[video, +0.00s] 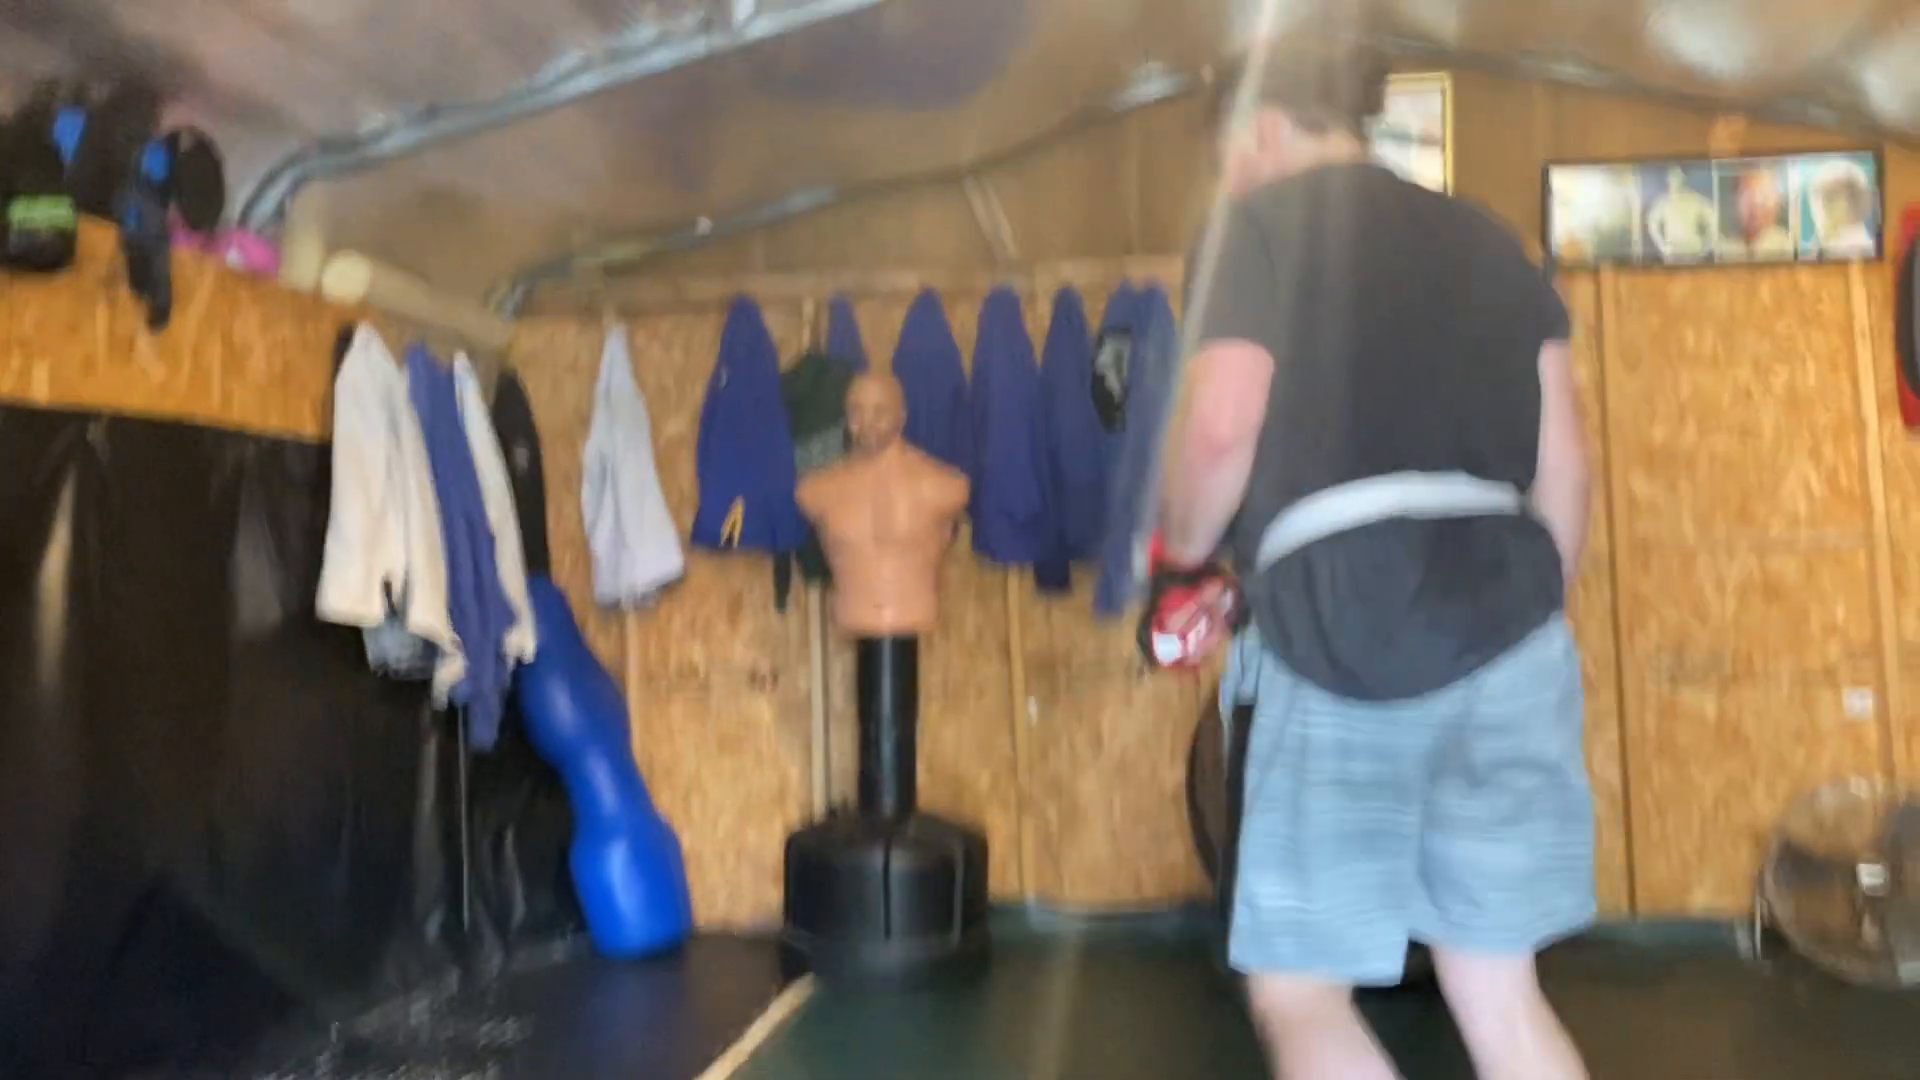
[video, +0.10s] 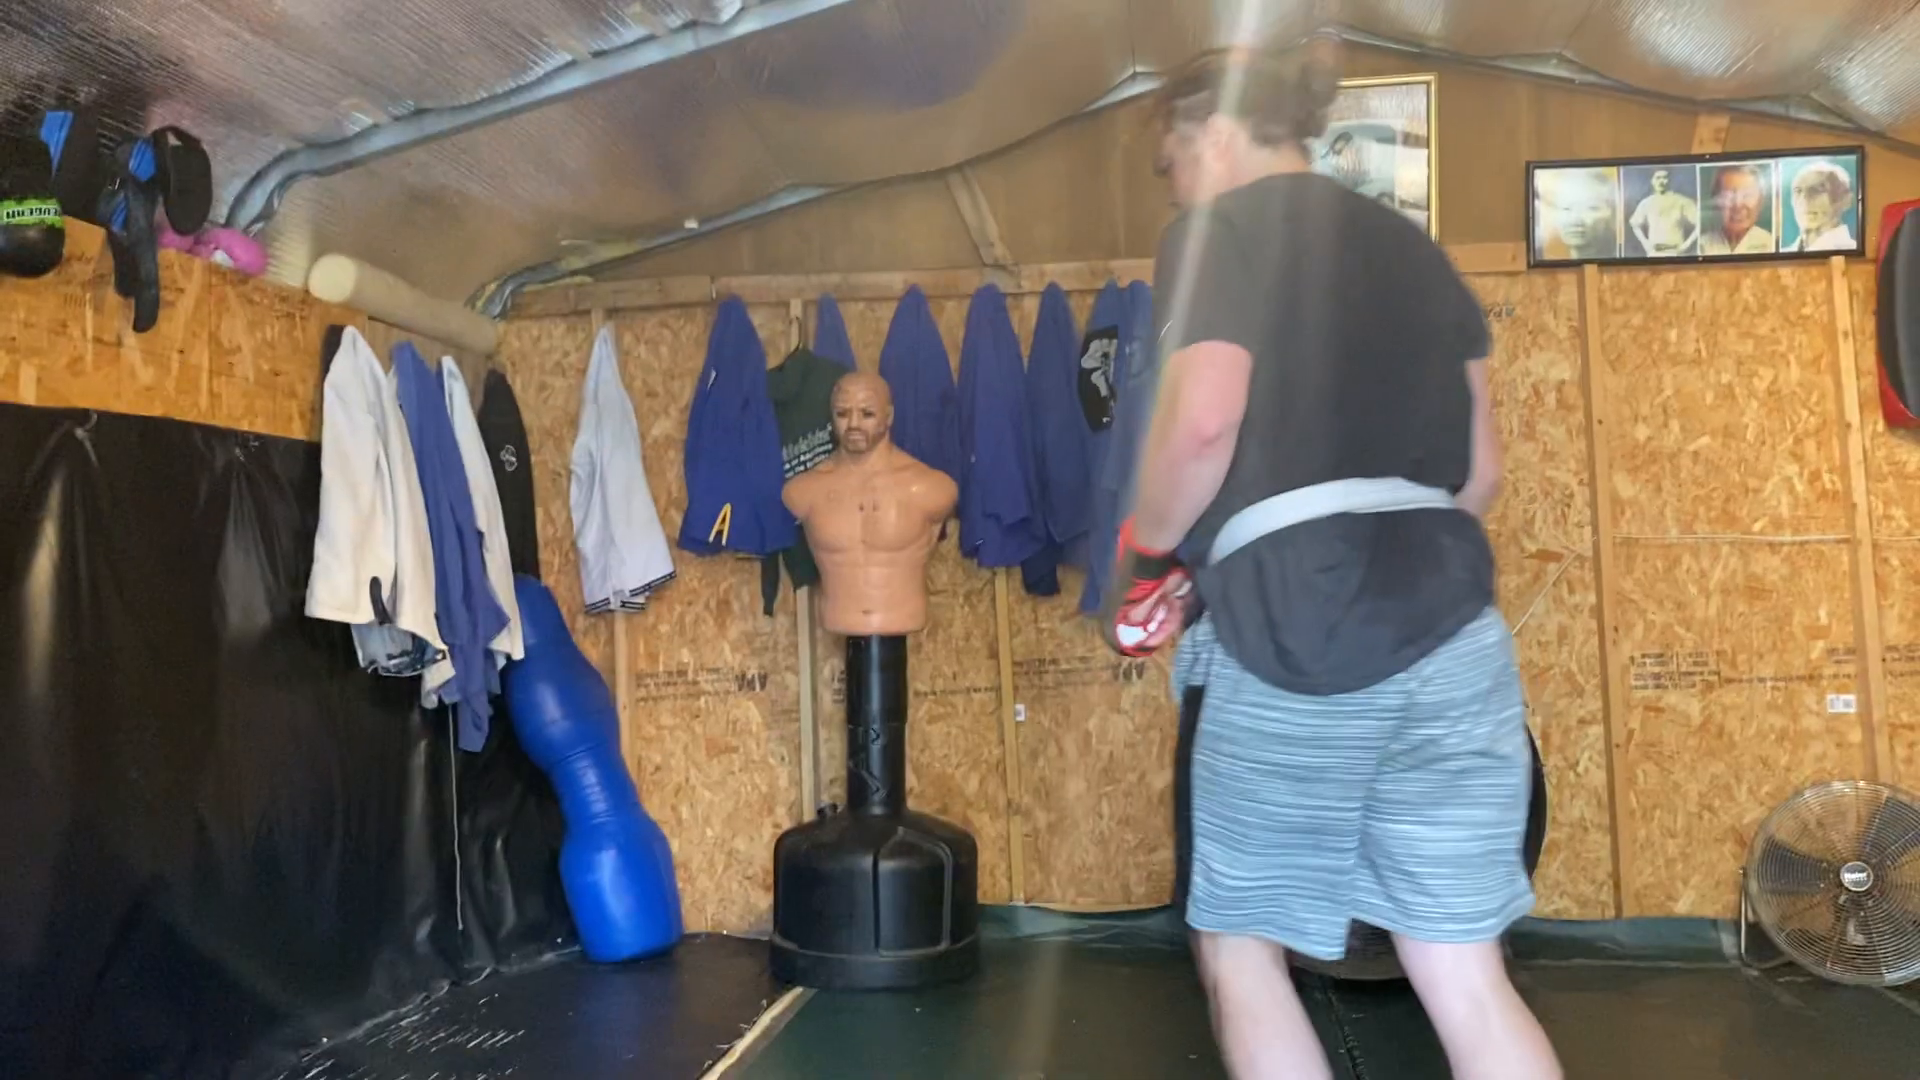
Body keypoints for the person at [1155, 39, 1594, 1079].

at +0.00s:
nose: (1230, 183)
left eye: (1229, 159)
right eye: (1225, 164)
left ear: (1269, 133)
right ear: (1356, 132)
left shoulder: (1269, 219)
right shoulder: (1495, 239)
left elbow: (1223, 424)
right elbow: (1562, 466)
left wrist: (1182, 562)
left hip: (1340, 622)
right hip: (1512, 616)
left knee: (1300, 989)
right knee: (1497, 978)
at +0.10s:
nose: (1179, 195)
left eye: (1176, 166)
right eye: (1172, 171)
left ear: (1218, 137)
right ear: (1298, 134)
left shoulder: (1230, 229)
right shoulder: (1417, 245)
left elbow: (1206, 417)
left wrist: (1144, 550)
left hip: (1291, 625)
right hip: (1451, 612)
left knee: (1240, 943)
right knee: (1461, 955)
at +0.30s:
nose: (1080, 249)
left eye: (1085, 221)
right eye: (1076, 225)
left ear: (1142, 202)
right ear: (1162, 203)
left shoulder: (1153, 309)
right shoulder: (1310, 308)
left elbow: (1158, 505)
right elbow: (1325, 502)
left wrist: (1093, 611)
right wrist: (1134, 618)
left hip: (1224, 667)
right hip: (1355, 654)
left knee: (1183, 961)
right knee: (1352, 955)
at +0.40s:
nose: (1047, 259)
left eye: (1054, 233)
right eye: (1044, 237)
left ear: (1121, 217)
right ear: (1142, 218)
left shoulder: (1132, 332)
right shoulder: (1266, 313)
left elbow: (1135, 525)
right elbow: (1289, 510)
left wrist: (1058, 614)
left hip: (1196, 654)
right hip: (1301, 643)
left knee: (1157, 943)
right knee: (1242, 929)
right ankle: (1388, 1075)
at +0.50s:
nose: (1023, 243)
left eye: (1040, 219)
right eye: (1019, 222)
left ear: (1108, 213)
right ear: (1110, 218)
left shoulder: (1125, 320)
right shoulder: (1203, 306)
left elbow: (1133, 518)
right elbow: (1178, 510)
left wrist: (1030, 587)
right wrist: (1052, 599)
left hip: (1176, 648)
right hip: (1243, 637)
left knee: (1149, 922)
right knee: (1173, 905)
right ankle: (1283, 1072)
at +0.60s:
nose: (1014, 239)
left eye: (1036, 217)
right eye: (1006, 221)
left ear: (1101, 220)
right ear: (1006, 233)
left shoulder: (1127, 326)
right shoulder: (1085, 337)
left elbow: (1142, 515)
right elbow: (1090, 513)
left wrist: (1010, 579)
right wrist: (1012, 581)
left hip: (1156, 642)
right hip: (1108, 643)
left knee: (1151, 934)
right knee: (1094, 899)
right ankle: (1154, 1066)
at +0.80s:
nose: (962, 287)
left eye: (983, 268)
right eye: (950, 270)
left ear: (1029, 275)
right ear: (936, 283)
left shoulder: (1079, 384)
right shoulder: (958, 407)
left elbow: (1133, 540)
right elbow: (943, 556)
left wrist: (992, 606)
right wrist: (900, 623)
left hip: (1073, 679)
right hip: (989, 686)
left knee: (1058, 942)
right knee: (993, 922)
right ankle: (1021, 1073)